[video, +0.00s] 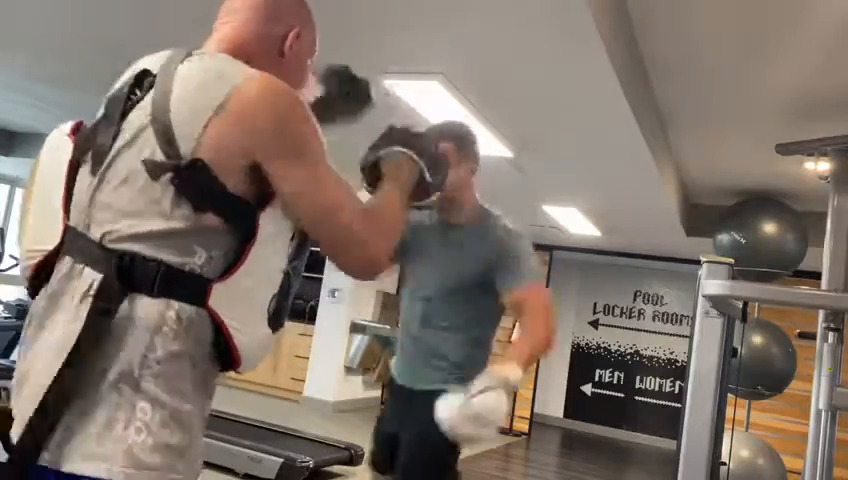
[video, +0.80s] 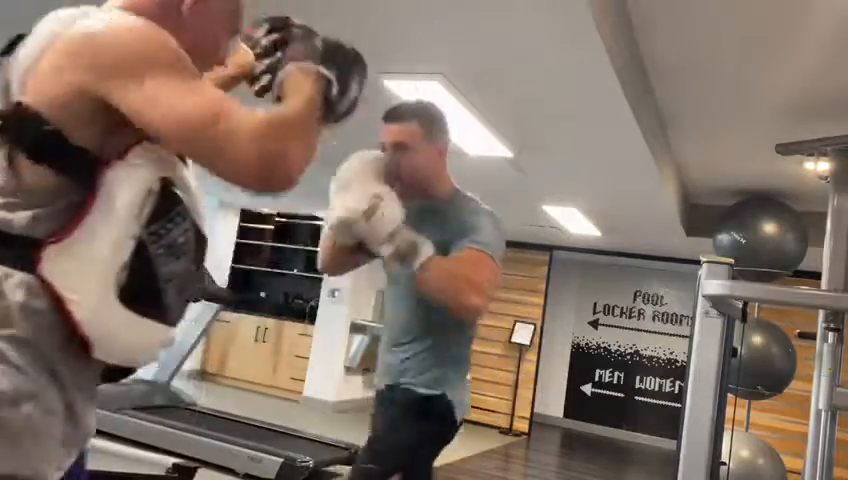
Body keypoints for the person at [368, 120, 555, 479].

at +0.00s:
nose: (439, 176)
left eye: (448, 165)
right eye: (433, 166)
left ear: (472, 168)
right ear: (423, 170)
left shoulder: (501, 240)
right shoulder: (413, 229)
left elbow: (538, 323)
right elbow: (363, 252)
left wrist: (502, 378)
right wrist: (392, 183)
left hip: (449, 395)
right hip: (401, 384)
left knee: (420, 472)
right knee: (384, 464)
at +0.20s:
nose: (415, 173)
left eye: (429, 161)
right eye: (413, 159)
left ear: (460, 165)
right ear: (406, 160)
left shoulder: (479, 217)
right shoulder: (408, 215)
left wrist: (427, 239)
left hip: (431, 377)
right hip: (383, 367)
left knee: (380, 469)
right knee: (357, 464)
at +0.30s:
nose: (425, 188)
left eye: (440, 178)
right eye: (420, 173)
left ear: (467, 182)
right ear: (411, 172)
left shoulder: (482, 245)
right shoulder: (383, 218)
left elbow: (511, 339)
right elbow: (313, 254)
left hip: (423, 395)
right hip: (365, 385)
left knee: (379, 472)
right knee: (360, 473)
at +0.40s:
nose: (396, 181)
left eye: (410, 170)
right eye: (392, 169)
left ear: (442, 173)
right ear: (382, 171)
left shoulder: (472, 251)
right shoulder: (361, 234)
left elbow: (511, 318)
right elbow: (320, 274)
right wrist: (263, 264)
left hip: (407, 407)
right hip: (348, 399)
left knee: (355, 472)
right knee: (349, 473)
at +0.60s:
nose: (326, 168)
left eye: (335, 155)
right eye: (327, 155)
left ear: (369, 157)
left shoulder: (418, 222)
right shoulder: (373, 220)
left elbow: (411, 299)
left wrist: (326, 320)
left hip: (393, 413)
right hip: (370, 403)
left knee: (316, 473)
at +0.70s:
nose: (363, 172)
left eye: (375, 157)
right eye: (360, 159)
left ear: (412, 155)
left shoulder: (447, 222)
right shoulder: (370, 222)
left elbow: (450, 304)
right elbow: (315, 273)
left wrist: (364, 292)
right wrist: (323, 219)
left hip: (412, 404)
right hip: (373, 395)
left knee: (343, 471)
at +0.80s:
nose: (388, 162)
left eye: (402, 149)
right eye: (385, 150)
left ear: (440, 151)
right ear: (381, 150)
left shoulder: (476, 220)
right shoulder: (398, 214)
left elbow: (471, 296)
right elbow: (331, 263)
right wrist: (354, 204)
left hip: (431, 396)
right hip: (394, 386)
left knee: (368, 471)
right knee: (415, 475)